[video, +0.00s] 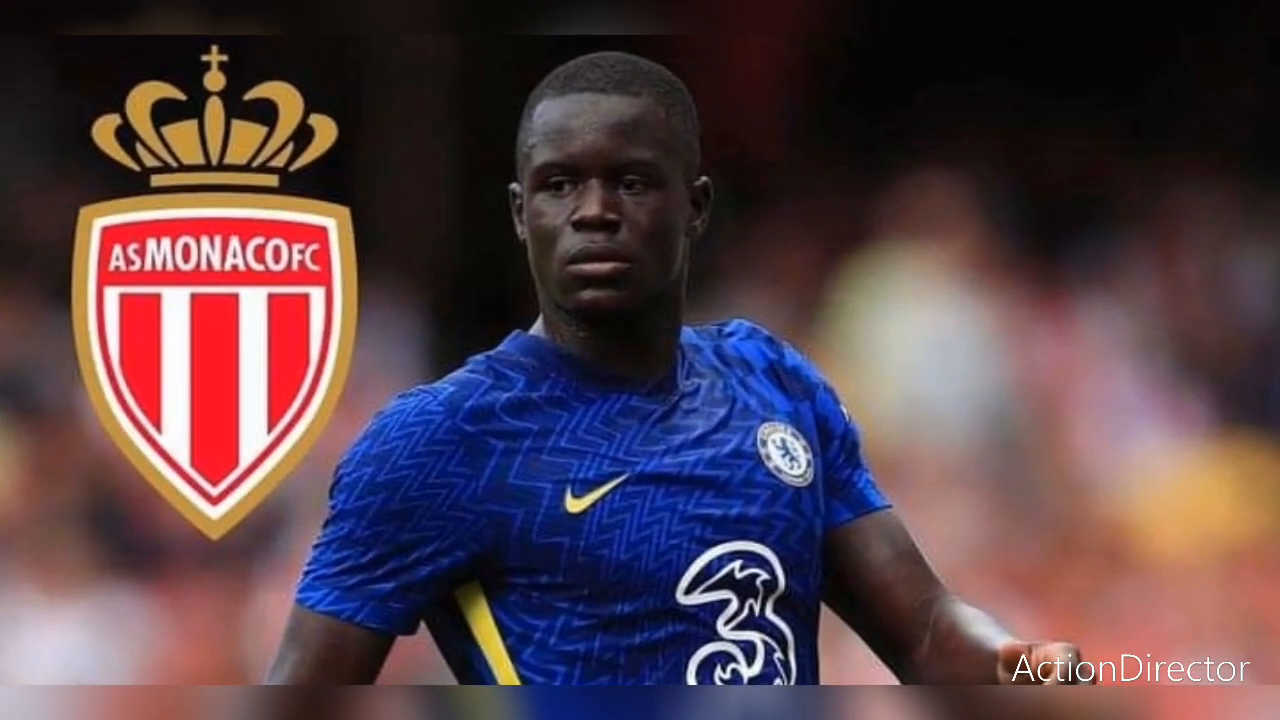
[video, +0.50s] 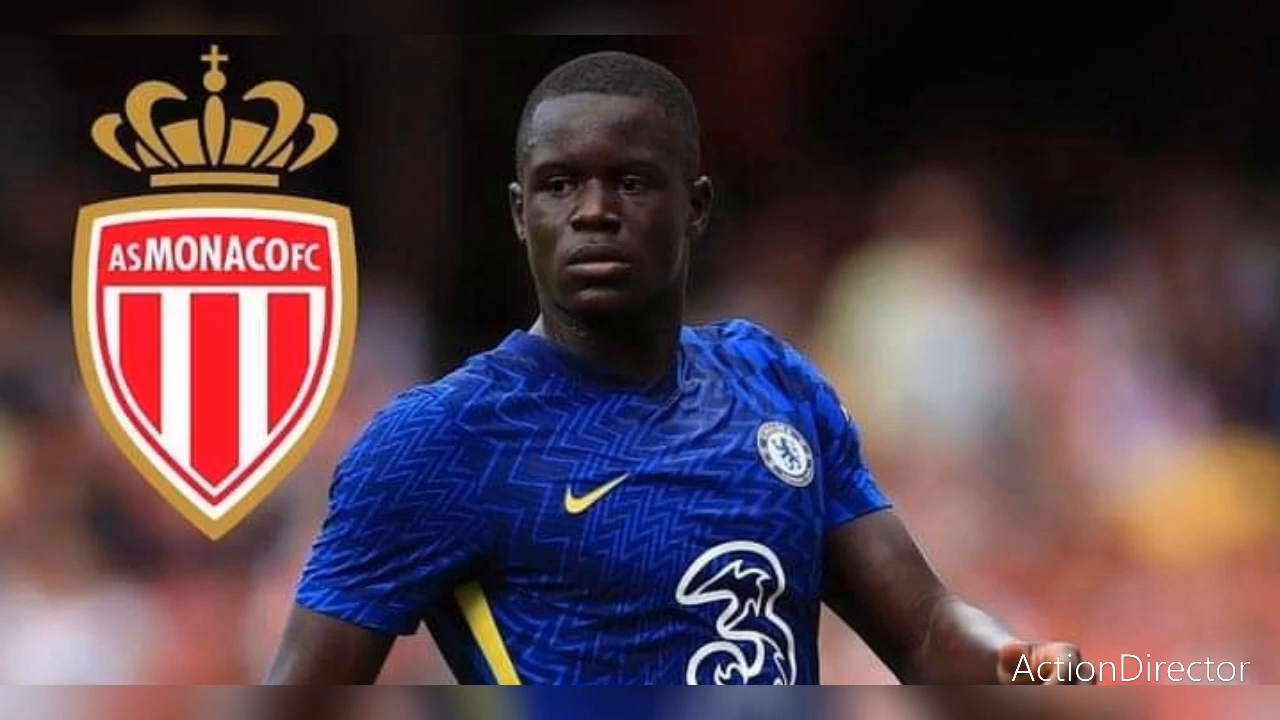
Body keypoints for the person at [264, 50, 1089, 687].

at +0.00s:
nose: (596, 209)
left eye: (633, 178)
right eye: (560, 181)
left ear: (697, 208)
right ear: (522, 215)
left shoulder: (770, 384)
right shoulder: (432, 445)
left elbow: (920, 625)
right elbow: (302, 691)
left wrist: (1019, 674)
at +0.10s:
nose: (596, 209)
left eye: (633, 178)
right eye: (560, 181)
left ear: (697, 208)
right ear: (522, 215)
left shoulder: (770, 384)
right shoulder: (432, 445)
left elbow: (920, 625)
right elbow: (302, 691)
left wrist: (1019, 674)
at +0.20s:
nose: (596, 209)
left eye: (633, 178)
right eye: (560, 181)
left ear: (697, 208)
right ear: (522, 215)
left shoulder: (770, 384)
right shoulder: (432, 445)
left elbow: (920, 625)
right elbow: (302, 691)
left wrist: (1019, 674)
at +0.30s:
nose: (594, 210)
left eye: (633, 178)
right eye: (559, 181)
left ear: (697, 209)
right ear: (522, 216)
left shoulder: (770, 385)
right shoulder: (434, 443)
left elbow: (922, 627)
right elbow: (301, 690)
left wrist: (1018, 674)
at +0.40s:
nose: (594, 210)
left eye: (633, 178)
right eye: (559, 181)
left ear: (697, 209)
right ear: (522, 216)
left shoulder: (770, 385)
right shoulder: (434, 443)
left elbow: (922, 627)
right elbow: (301, 690)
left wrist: (1018, 674)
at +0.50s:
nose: (594, 210)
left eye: (633, 178)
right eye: (559, 181)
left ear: (697, 209)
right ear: (522, 216)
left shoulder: (770, 385)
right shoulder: (434, 443)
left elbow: (922, 627)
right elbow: (301, 690)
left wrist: (1018, 674)